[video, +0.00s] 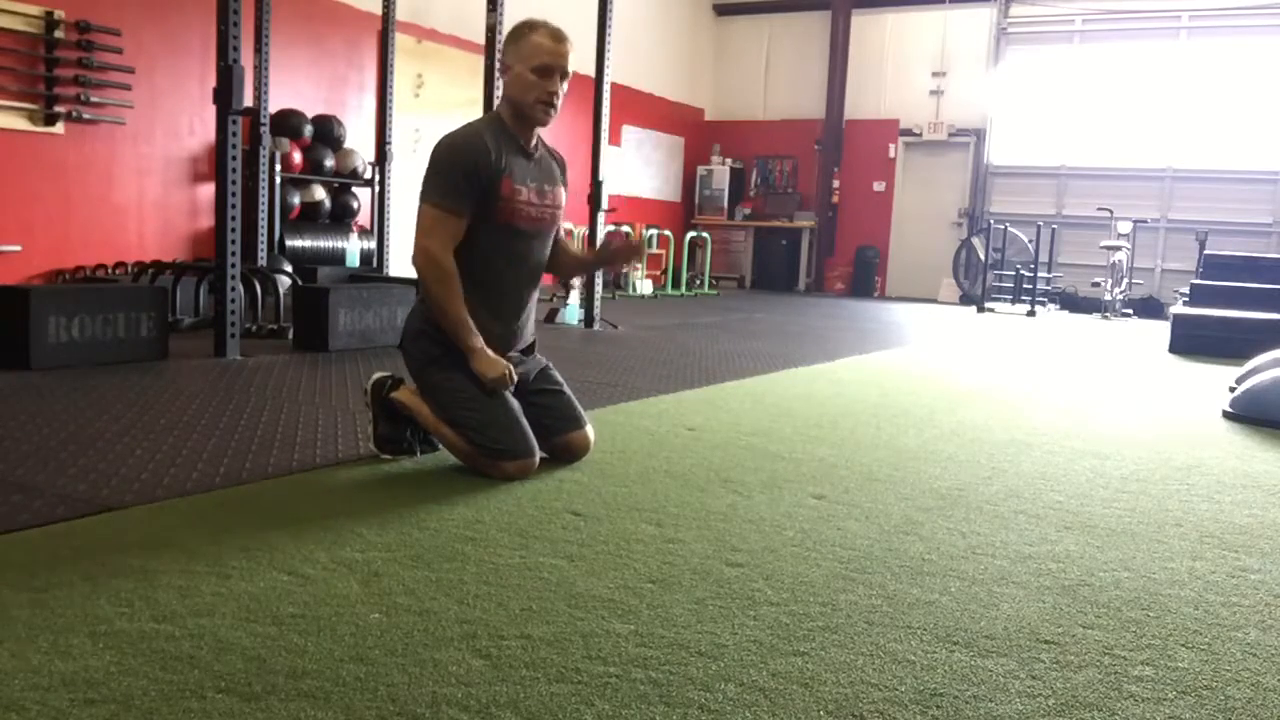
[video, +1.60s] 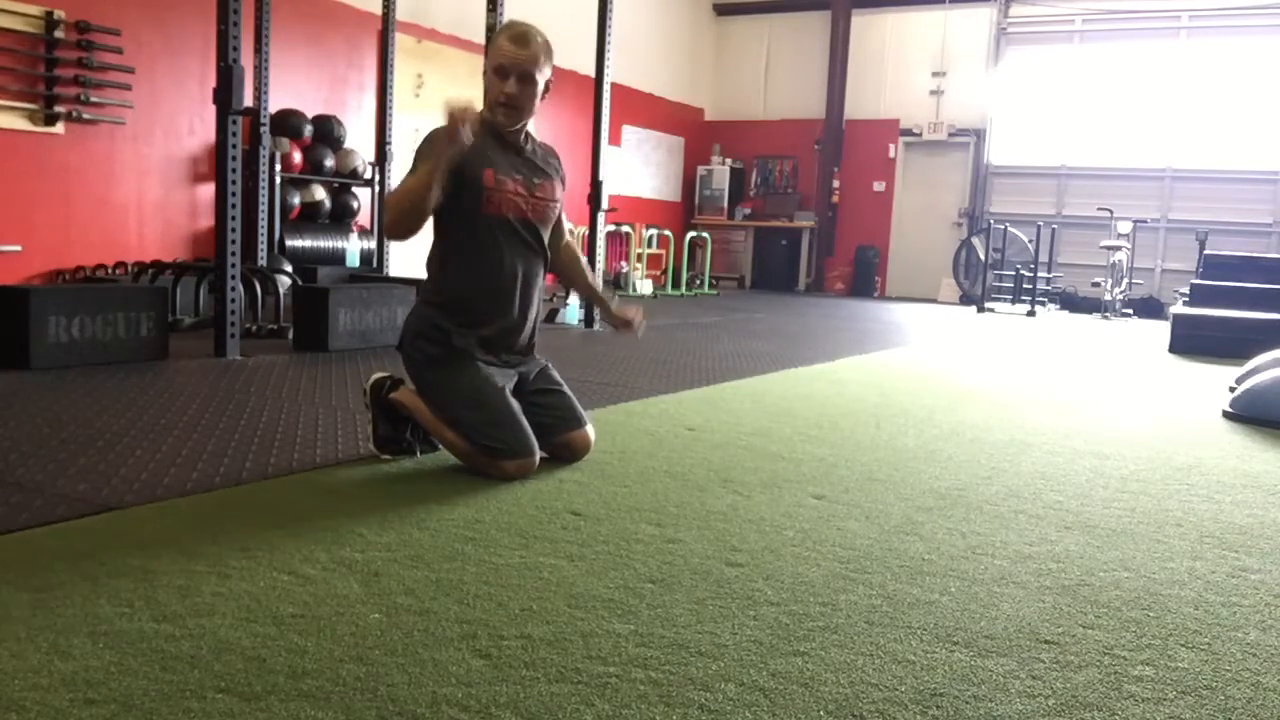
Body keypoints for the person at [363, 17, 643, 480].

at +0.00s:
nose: (555, 88)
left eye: (563, 77)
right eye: (541, 72)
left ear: (568, 84)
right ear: (505, 71)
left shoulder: (553, 164)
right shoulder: (466, 149)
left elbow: (551, 253)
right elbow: (431, 254)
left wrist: (599, 260)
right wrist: (476, 349)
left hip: (517, 347)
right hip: (448, 348)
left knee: (573, 444)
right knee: (516, 464)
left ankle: (445, 408)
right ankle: (401, 400)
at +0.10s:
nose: (567, 93)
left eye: (568, 81)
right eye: (555, 79)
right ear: (508, 73)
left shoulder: (548, 159)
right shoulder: (462, 148)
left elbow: (554, 243)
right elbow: (434, 257)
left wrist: (612, 219)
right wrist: (482, 350)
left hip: (516, 345)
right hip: (449, 348)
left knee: (572, 443)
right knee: (516, 463)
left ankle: (444, 409)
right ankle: (400, 399)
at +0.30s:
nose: (566, 94)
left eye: (568, 82)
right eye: (563, 80)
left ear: (530, 81)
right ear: (529, 79)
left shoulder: (538, 153)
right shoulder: (462, 148)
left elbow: (562, 219)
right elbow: (439, 261)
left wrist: (600, 154)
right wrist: (478, 357)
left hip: (513, 347)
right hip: (451, 349)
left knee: (571, 443)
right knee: (514, 464)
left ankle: (440, 407)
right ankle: (400, 398)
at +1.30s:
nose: (548, 89)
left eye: (555, 77)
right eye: (536, 73)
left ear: (560, 82)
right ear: (498, 71)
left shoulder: (540, 157)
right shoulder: (451, 149)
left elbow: (581, 195)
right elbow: (426, 254)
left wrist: (622, 189)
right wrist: (462, 334)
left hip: (516, 347)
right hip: (451, 348)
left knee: (574, 444)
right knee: (516, 464)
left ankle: (445, 409)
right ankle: (399, 400)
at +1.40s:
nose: (535, 86)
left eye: (545, 76)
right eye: (521, 70)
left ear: (552, 85)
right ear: (488, 70)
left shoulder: (544, 159)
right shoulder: (452, 148)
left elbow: (568, 214)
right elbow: (410, 240)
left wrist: (622, 216)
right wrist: (471, 286)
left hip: (517, 347)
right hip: (451, 349)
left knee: (574, 443)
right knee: (516, 463)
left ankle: (446, 411)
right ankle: (399, 399)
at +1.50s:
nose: (519, 87)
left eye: (532, 78)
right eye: (507, 72)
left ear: (546, 88)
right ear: (486, 73)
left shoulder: (546, 160)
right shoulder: (451, 147)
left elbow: (559, 228)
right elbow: (401, 233)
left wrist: (610, 254)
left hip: (517, 346)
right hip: (450, 347)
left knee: (574, 444)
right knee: (516, 463)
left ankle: (448, 409)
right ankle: (399, 399)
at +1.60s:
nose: (509, 90)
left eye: (525, 80)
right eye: (500, 74)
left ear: (545, 88)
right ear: (484, 72)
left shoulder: (547, 160)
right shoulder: (451, 143)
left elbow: (558, 241)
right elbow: (395, 226)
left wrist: (606, 305)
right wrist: (443, 152)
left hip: (516, 345)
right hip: (449, 344)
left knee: (574, 443)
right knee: (516, 463)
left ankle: (443, 411)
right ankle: (398, 399)